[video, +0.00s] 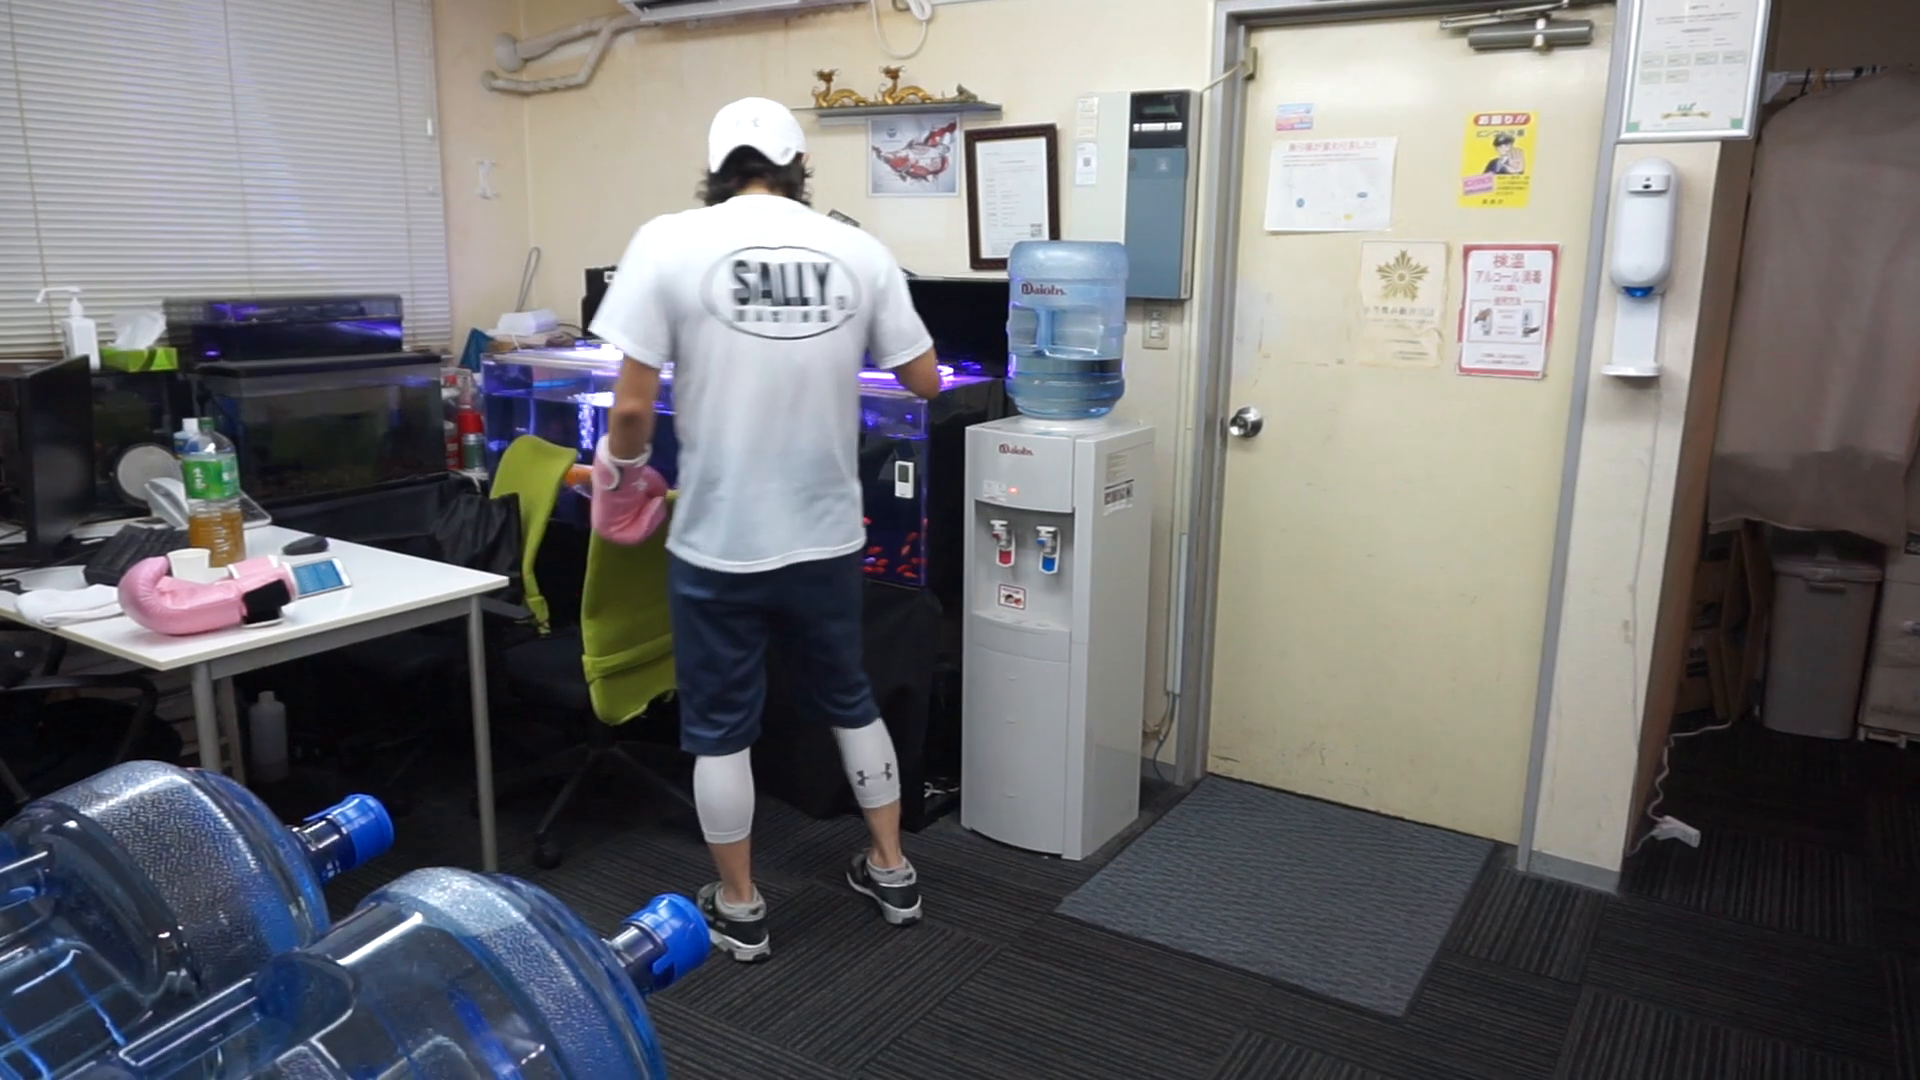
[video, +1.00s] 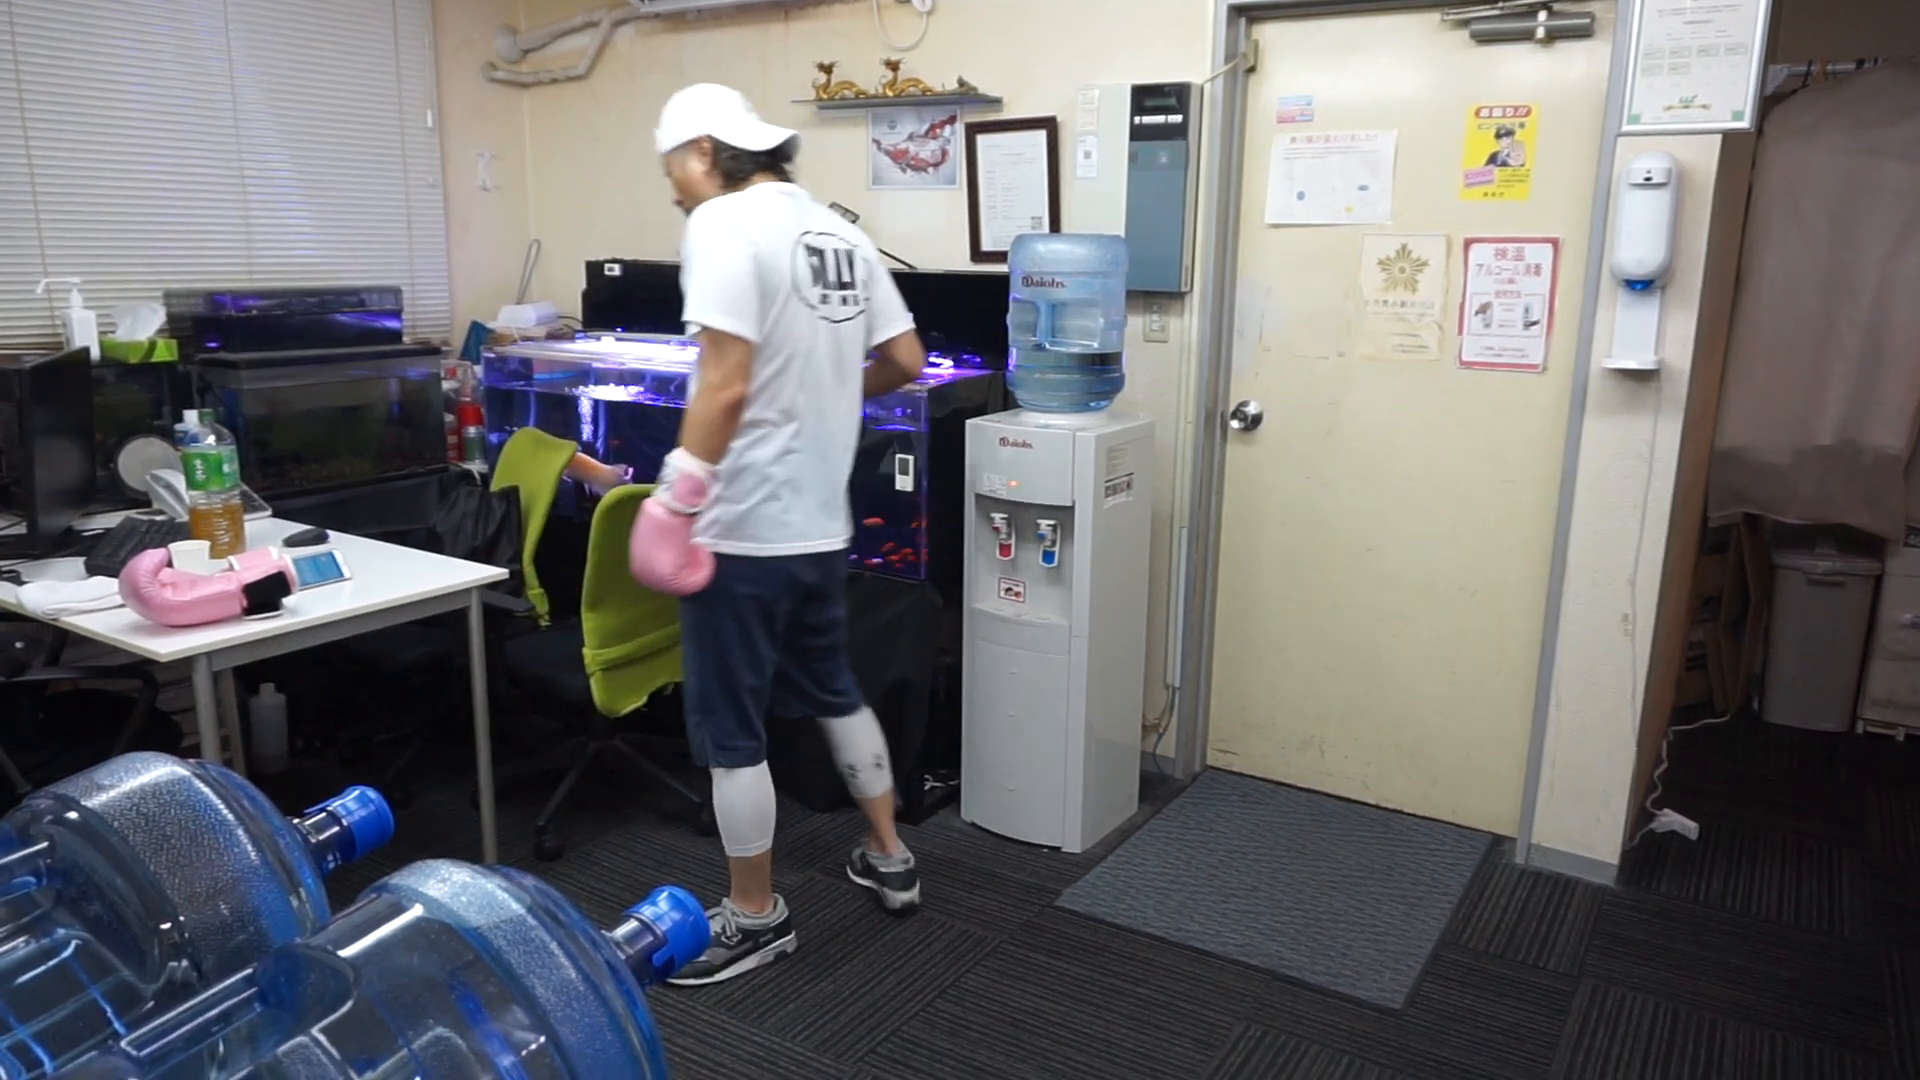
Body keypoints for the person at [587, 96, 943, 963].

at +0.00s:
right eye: (800, 167)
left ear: (715, 170)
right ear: (799, 169)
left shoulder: (668, 245)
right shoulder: (858, 249)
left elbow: (633, 405)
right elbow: (924, 378)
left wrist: (619, 475)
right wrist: (865, 342)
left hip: (718, 538)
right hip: (826, 531)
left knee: (721, 727)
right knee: (850, 698)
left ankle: (740, 907)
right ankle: (894, 869)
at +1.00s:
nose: (671, 185)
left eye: (673, 166)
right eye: (669, 168)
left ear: (707, 154)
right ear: (752, 154)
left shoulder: (725, 226)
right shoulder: (840, 230)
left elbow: (726, 384)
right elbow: (903, 358)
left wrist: (674, 503)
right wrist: (819, 389)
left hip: (745, 529)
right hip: (822, 526)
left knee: (729, 725)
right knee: (834, 690)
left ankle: (755, 912)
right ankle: (891, 857)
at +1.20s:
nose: (611, 191)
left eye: (612, 169)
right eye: (607, 172)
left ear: (649, 150)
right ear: (681, 151)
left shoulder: (676, 232)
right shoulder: (786, 230)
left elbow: (663, 401)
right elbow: (832, 379)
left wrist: (609, 524)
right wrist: (760, 448)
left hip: (702, 532)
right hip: (768, 523)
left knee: (716, 726)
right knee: (735, 688)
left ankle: (754, 912)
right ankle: (806, 832)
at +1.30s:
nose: (577, 189)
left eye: (577, 167)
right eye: (572, 170)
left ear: (616, 147)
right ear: (644, 150)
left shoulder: (655, 233)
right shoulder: (747, 225)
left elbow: (643, 402)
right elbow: (800, 376)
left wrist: (585, 535)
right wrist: (741, 463)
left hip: (688, 538)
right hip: (738, 526)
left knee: (710, 731)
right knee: (647, 687)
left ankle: (759, 912)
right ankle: (702, 860)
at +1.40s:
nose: (536, 191)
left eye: (539, 170)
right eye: (531, 174)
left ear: (581, 152)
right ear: (608, 152)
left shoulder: (633, 237)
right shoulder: (701, 222)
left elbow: (625, 415)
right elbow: (769, 366)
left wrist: (568, 546)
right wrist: (699, 452)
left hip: (671, 546)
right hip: (683, 530)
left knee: (705, 737)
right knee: (590, 696)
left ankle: (756, 914)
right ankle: (593, 881)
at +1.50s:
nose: (493, 198)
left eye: (494, 175)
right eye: (485, 181)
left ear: (537, 154)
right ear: (554, 156)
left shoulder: (609, 241)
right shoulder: (649, 227)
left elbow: (613, 418)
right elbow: (716, 356)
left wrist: (563, 552)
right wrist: (647, 451)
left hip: (648, 557)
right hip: (623, 552)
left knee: (698, 745)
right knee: (550, 724)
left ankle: (756, 911)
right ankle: (496, 903)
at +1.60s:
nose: (447, 207)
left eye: (445, 183)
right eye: (437, 189)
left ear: (488, 158)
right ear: (493, 158)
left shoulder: (583, 241)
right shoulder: (559, 243)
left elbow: (601, 417)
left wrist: (566, 558)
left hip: (617, 570)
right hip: (558, 566)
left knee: (674, 751)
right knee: (503, 750)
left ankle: (751, 906)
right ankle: (469, 931)